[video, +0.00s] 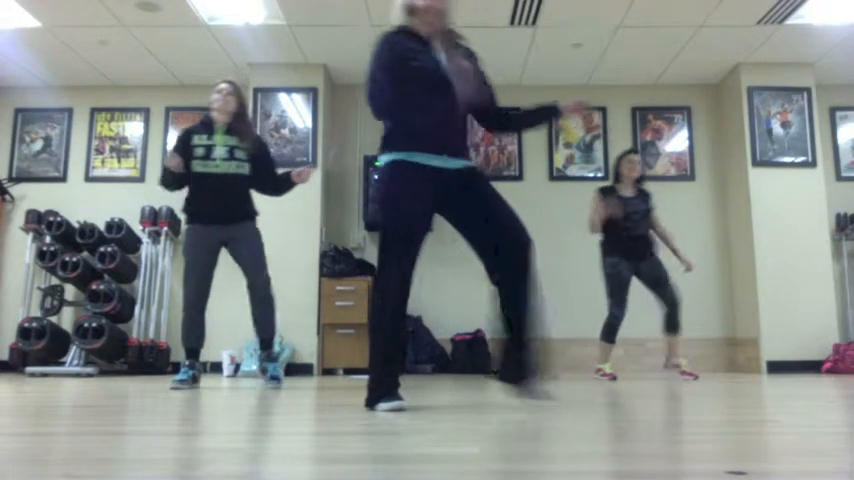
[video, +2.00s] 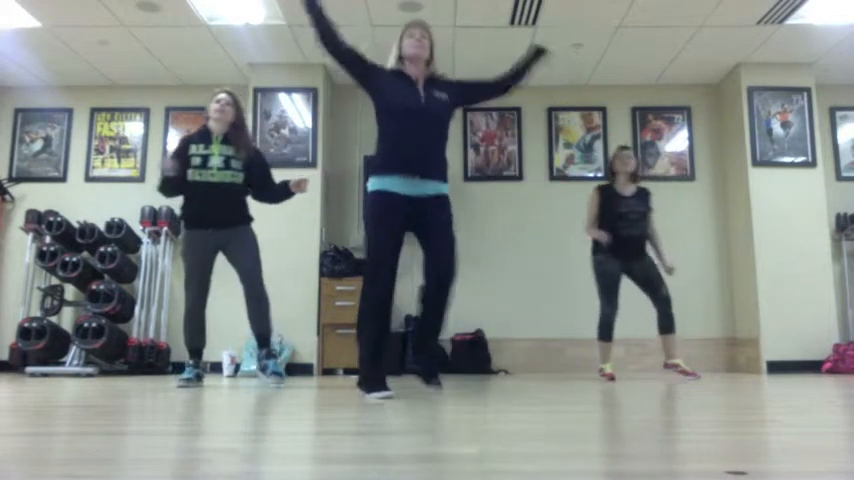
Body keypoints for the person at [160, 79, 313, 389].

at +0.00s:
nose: (220, 97)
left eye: (228, 94)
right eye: (217, 92)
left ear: (239, 105)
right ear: (209, 100)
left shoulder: (250, 141)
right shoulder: (190, 137)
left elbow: (266, 184)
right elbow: (172, 184)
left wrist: (291, 179)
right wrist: (173, 170)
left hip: (241, 226)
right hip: (202, 227)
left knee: (260, 285)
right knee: (194, 295)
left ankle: (267, 357)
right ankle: (190, 364)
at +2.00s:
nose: (221, 105)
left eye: (227, 103)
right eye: (217, 101)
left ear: (236, 115)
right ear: (207, 110)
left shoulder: (246, 150)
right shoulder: (188, 145)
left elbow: (263, 191)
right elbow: (170, 189)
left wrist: (289, 188)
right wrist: (171, 174)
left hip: (237, 230)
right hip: (199, 232)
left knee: (255, 287)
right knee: (195, 297)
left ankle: (265, 355)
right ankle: (194, 363)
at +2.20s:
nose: (214, 106)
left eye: (221, 104)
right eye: (210, 102)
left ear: (230, 115)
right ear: (202, 111)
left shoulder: (242, 150)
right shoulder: (186, 148)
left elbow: (256, 191)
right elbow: (171, 191)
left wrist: (281, 190)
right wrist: (153, 191)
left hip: (233, 234)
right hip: (195, 234)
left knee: (243, 296)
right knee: (192, 300)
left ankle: (254, 362)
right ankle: (194, 365)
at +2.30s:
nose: (213, 107)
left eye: (220, 104)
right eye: (209, 103)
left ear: (229, 115)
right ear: (201, 111)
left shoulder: (240, 148)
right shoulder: (185, 148)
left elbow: (262, 185)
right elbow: (156, 183)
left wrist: (279, 178)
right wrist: (139, 168)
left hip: (234, 231)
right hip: (195, 233)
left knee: (246, 293)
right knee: (193, 299)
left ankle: (259, 361)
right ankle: (193, 364)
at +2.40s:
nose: (214, 107)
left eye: (220, 105)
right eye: (211, 103)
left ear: (230, 115)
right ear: (202, 111)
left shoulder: (240, 148)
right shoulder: (184, 147)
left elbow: (268, 175)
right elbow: (152, 168)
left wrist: (281, 159)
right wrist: (137, 152)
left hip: (235, 231)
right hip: (197, 232)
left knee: (248, 292)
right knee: (194, 297)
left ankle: (260, 360)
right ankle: (193, 363)